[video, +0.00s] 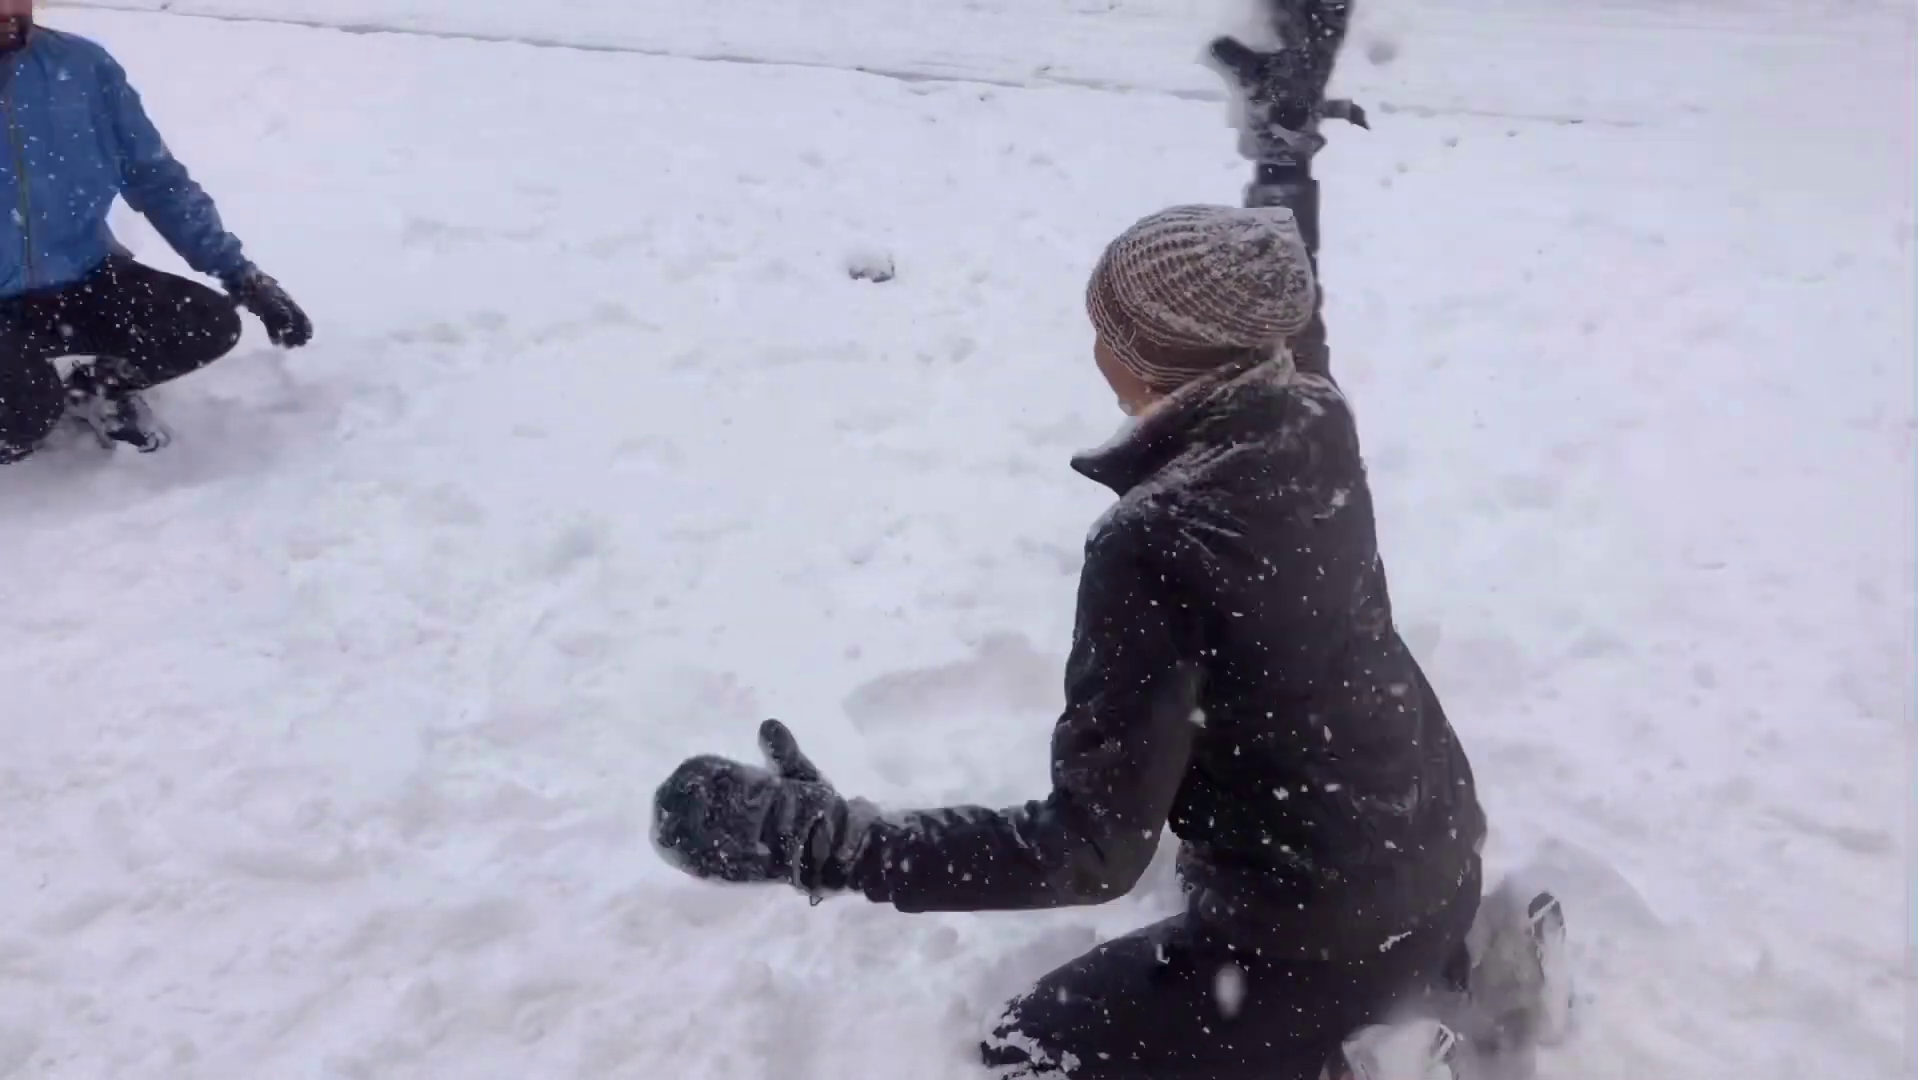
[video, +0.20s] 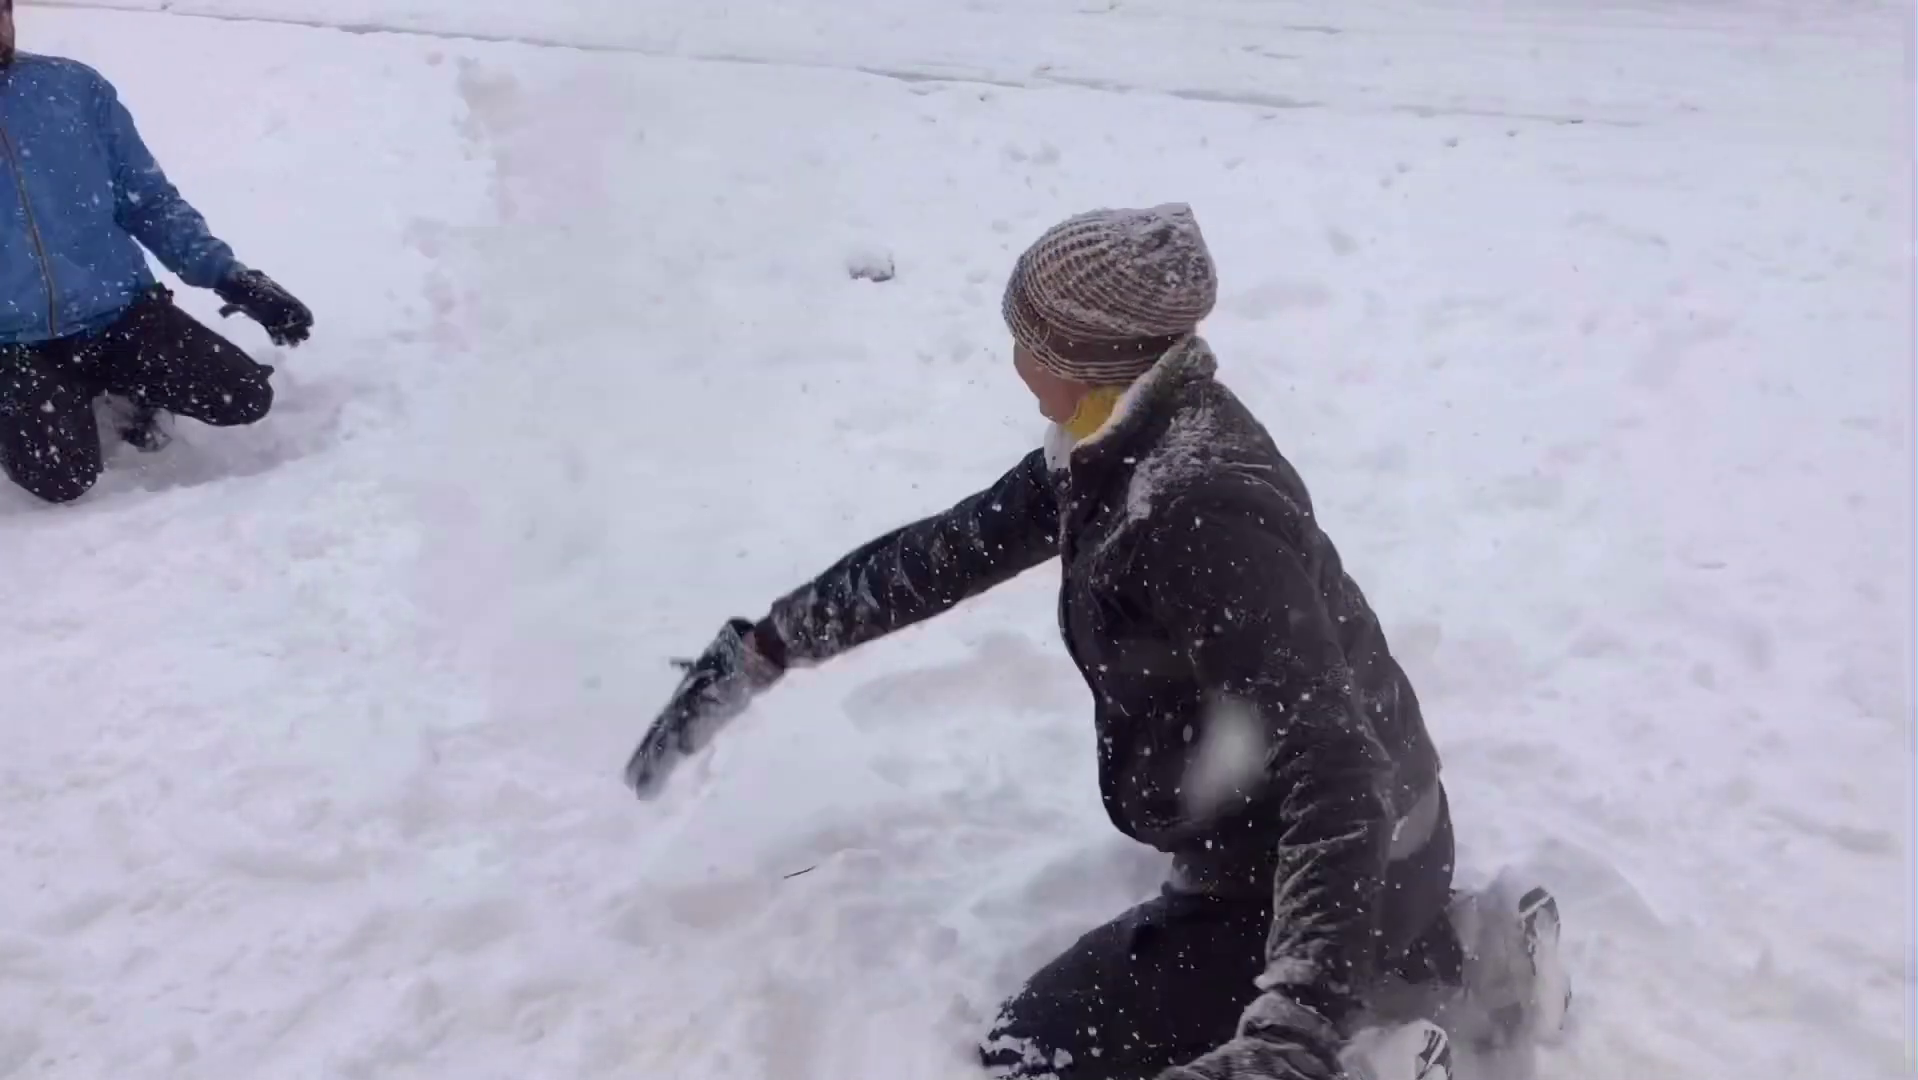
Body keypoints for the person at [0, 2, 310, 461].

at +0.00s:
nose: (13, 12)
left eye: (19, 2)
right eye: (4, 5)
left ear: (33, 4)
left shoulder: (82, 68)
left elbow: (158, 182)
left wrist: (244, 277)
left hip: (83, 284)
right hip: (5, 305)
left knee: (210, 323)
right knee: (25, 411)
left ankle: (100, 384)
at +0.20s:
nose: (6, 20)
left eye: (5, 10)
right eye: (2, 11)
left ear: (11, 15)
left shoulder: (71, 87)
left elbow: (150, 203)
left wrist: (235, 280)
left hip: (120, 316)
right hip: (20, 344)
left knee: (248, 397)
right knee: (63, 479)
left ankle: (132, 378)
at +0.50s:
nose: (46, 87)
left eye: (56, 68)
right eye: (26, 75)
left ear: (69, 53)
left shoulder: (116, 108)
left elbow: (188, 219)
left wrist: (262, 305)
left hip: (149, 327)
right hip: (41, 359)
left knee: (262, 436)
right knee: (115, 484)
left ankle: (165, 388)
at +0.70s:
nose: (126, 105)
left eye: (136, 85)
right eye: (106, 89)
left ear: (149, 74)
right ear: (63, 84)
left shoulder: (190, 142)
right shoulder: (13, 152)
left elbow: (249, 266)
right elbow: (6, 301)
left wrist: (312, 368)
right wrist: (14, 414)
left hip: (193, 355)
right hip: (78, 371)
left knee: (284, 463)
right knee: (124, 495)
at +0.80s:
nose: (167, 86)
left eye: (177, 66)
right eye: (146, 69)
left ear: (191, 64)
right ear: (106, 74)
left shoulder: (234, 146)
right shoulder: (43, 159)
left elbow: (282, 282)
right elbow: (49, 313)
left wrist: (332, 395)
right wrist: (87, 449)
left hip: (213, 353)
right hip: (107, 362)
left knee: (289, 457)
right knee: (128, 484)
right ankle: (52, 431)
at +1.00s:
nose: (197, 67)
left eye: (207, 45)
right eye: (175, 50)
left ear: (221, 40)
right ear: (134, 51)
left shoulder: (262, 124)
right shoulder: (76, 136)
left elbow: (304, 262)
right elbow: (99, 300)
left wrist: (343, 372)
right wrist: (180, 424)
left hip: (231, 331)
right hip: (128, 336)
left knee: (263, 420)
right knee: (139, 473)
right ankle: (60, 407)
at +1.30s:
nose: (205, 5)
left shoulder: (264, 57)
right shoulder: (79, 87)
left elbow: (330, 191)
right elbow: (97, 262)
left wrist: (391, 301)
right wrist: (134, 404)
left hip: (260, 315)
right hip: (160, 326)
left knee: (286, 442)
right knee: (201, 458)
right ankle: (92, 418)